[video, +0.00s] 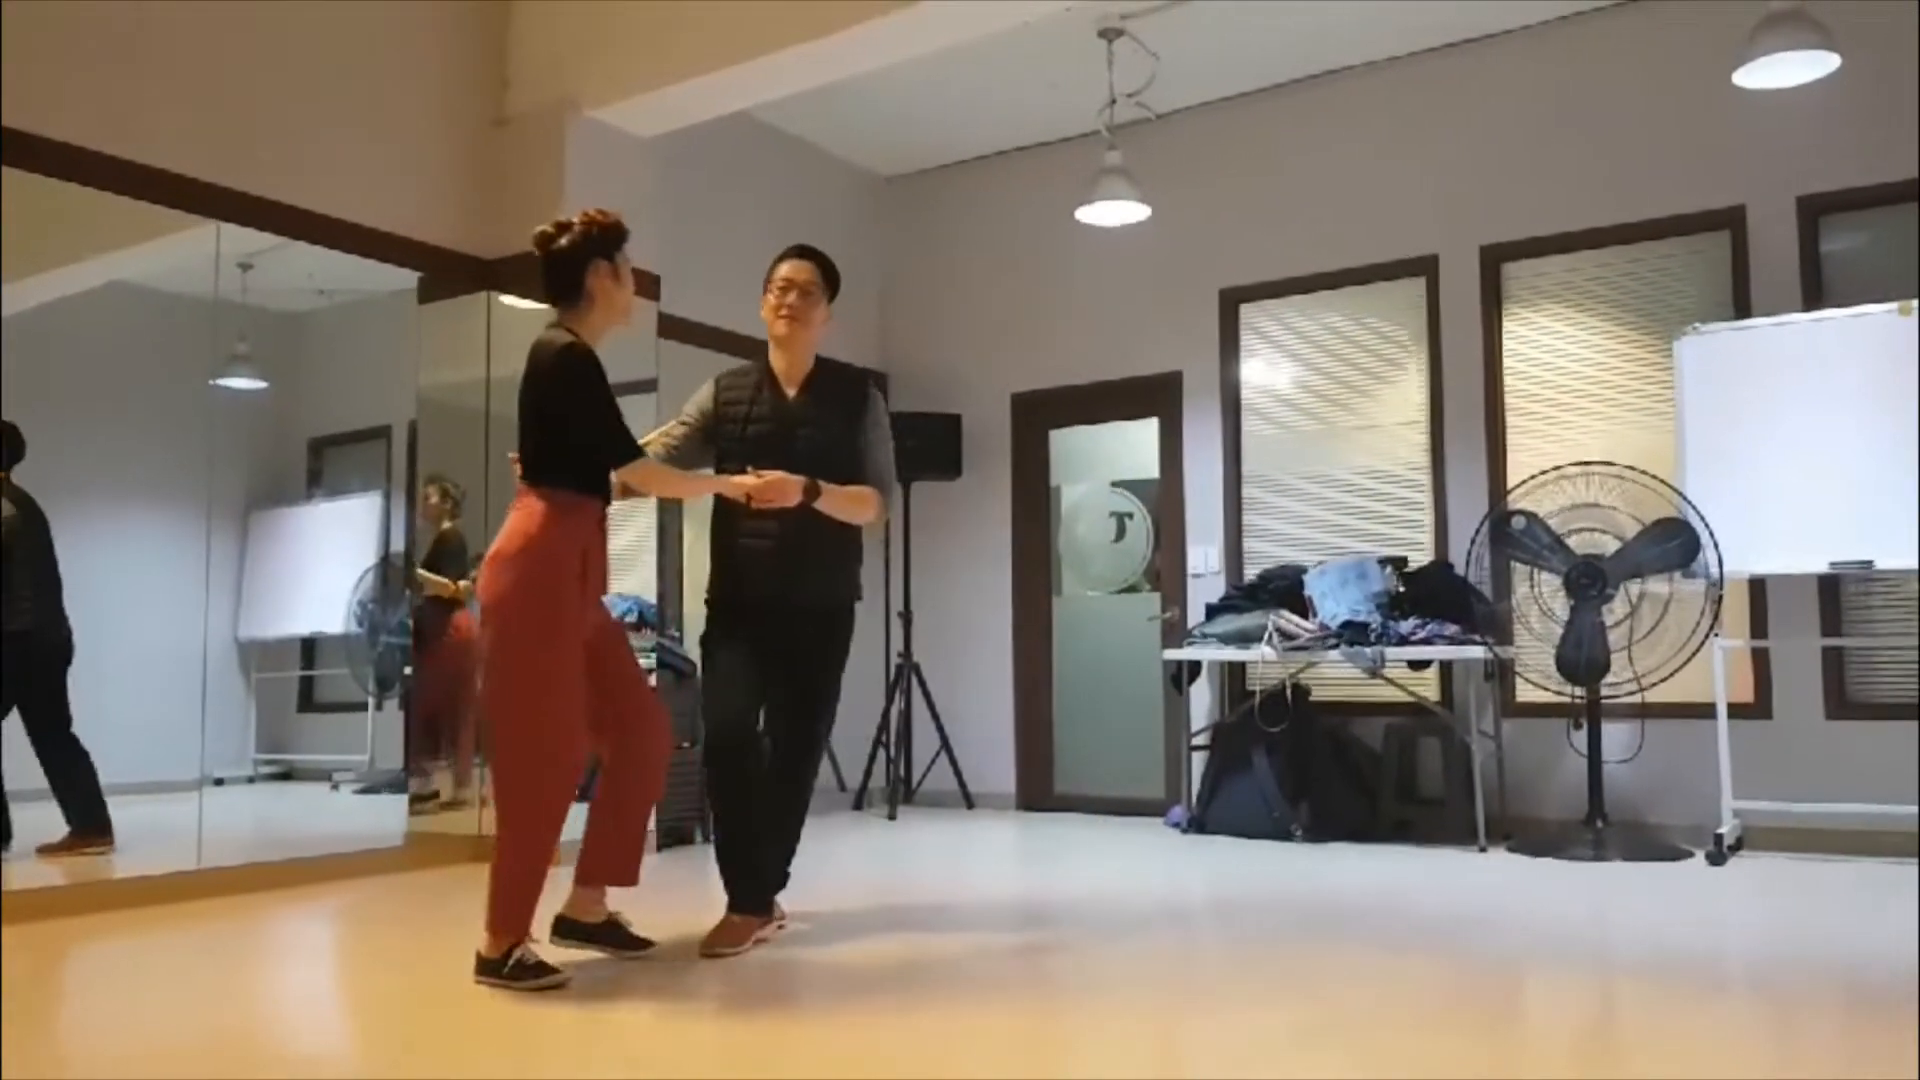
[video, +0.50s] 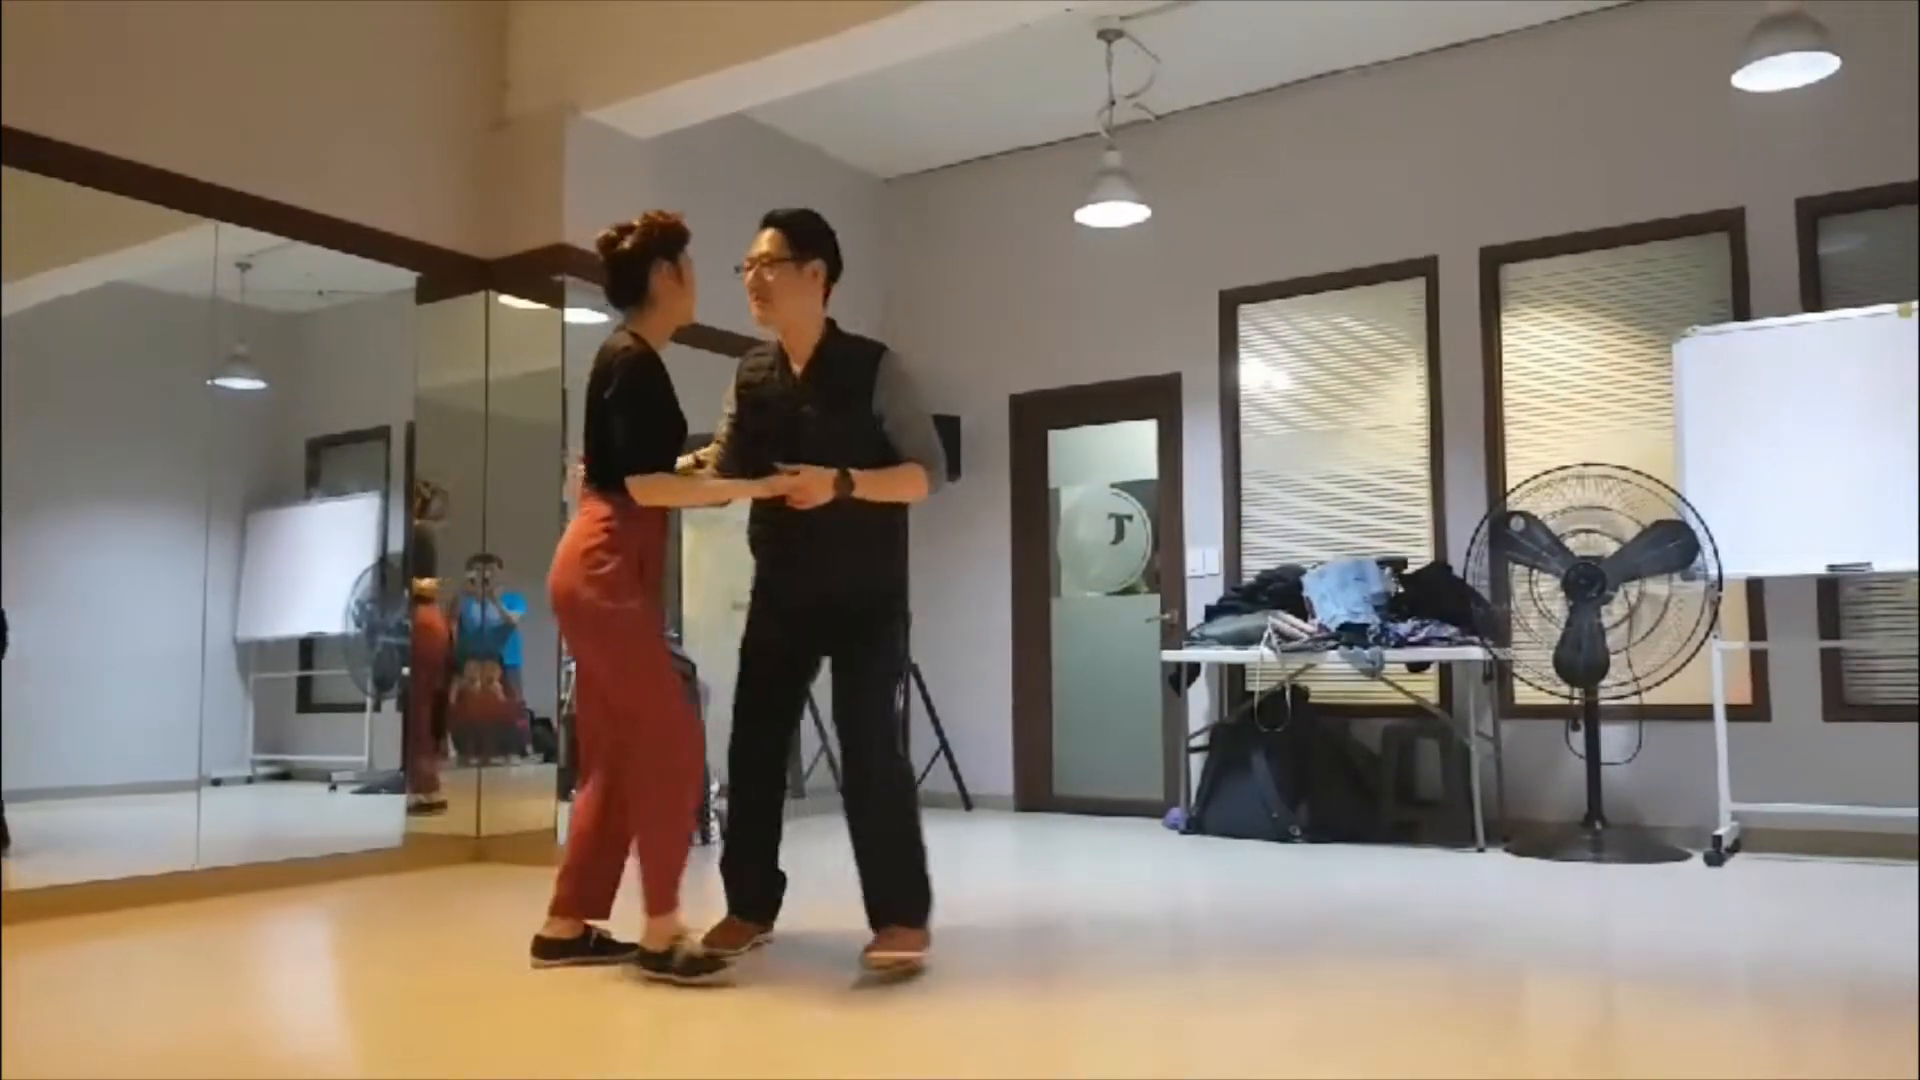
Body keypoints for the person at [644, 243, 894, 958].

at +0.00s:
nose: (785, 298)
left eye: (801, 290)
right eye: (777, 287)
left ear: (827, 309)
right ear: (762, 301)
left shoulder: (858, 396)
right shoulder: (727, 390)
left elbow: (875, 505)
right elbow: (647, 468)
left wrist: (807, 489)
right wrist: (559, 466)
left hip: (819, 605)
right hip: (737, 600)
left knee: (794, 747)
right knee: (725, 735)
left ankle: (761, 897)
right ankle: (745, 902)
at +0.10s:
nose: (773, 303)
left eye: (790, 293)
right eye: (765, 291)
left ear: (820, 311)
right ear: (752, 308)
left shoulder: (857, 398)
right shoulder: (726, 394)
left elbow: (876, 512)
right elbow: (655, 478)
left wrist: (806, 501)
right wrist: (570, 480)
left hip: (818, 607)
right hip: (736, 603)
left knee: (794, 751)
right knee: (721, 739)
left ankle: (761, 896)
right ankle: (745, 906)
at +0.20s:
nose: (754, 294)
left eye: (772, 284)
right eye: (749, 283)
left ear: (812, 300)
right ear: (741, 297)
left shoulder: (858, 394)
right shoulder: (722, 386)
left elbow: (882, 501)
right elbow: (667, 478)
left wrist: (808, 496)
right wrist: (582, 479)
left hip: (822, 605)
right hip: (737, 601)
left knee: (801, 754)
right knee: (726, 749)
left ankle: (770, 883)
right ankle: (745, 907)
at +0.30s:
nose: (747, 284)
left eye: (764, 272)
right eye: (742, 272)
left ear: (807, 287)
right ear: (735, 286)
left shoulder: (858, 380)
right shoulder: (725, 375)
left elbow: (894, 484)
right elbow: (678, 471)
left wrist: (816, 483)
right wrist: (593, 471)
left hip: (832, 596)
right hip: (746, 594)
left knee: (820, 748)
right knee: (739, 753)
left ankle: (808, 863)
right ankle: (746, 908)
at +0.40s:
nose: (745, 278)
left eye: (762, 265)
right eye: (742, 267)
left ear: (811, 277)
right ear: (746, 282)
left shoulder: (867, 369)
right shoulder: (741, 370)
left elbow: (912, 477)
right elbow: (712, 467)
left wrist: (832, 479)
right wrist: (625, 473)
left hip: (850, 587)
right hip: (766, 586)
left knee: (851, 743)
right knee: (749, 747)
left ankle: (875, 911)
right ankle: (748, 910)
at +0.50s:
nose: (750, 277)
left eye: (767, 264)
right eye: (748, 266)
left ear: (818, 275)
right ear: (757, 282)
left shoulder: (876, 368)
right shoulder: (754, 371)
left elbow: (926, 474)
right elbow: (726, 472)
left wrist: (842, 481)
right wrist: (645, 475)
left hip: (867, 595)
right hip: (782, 594)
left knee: (870, 754)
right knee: (754, 752)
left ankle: (901, 922)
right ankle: (749, 910)